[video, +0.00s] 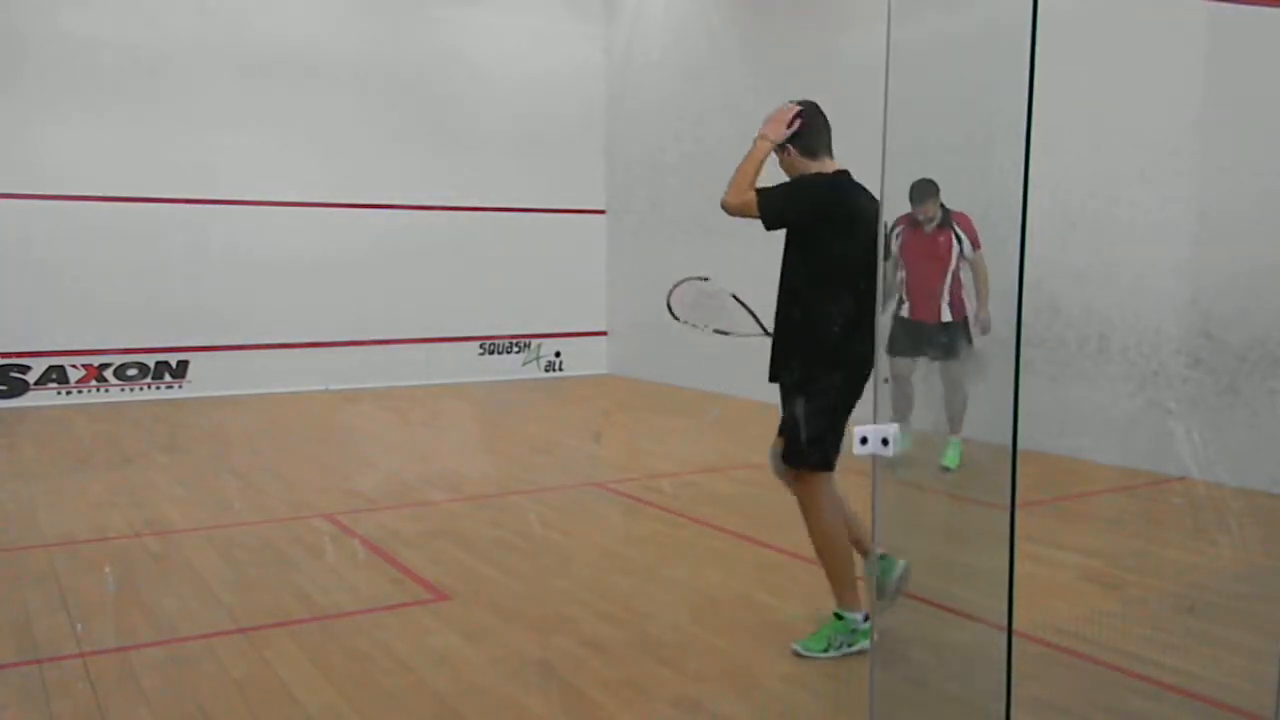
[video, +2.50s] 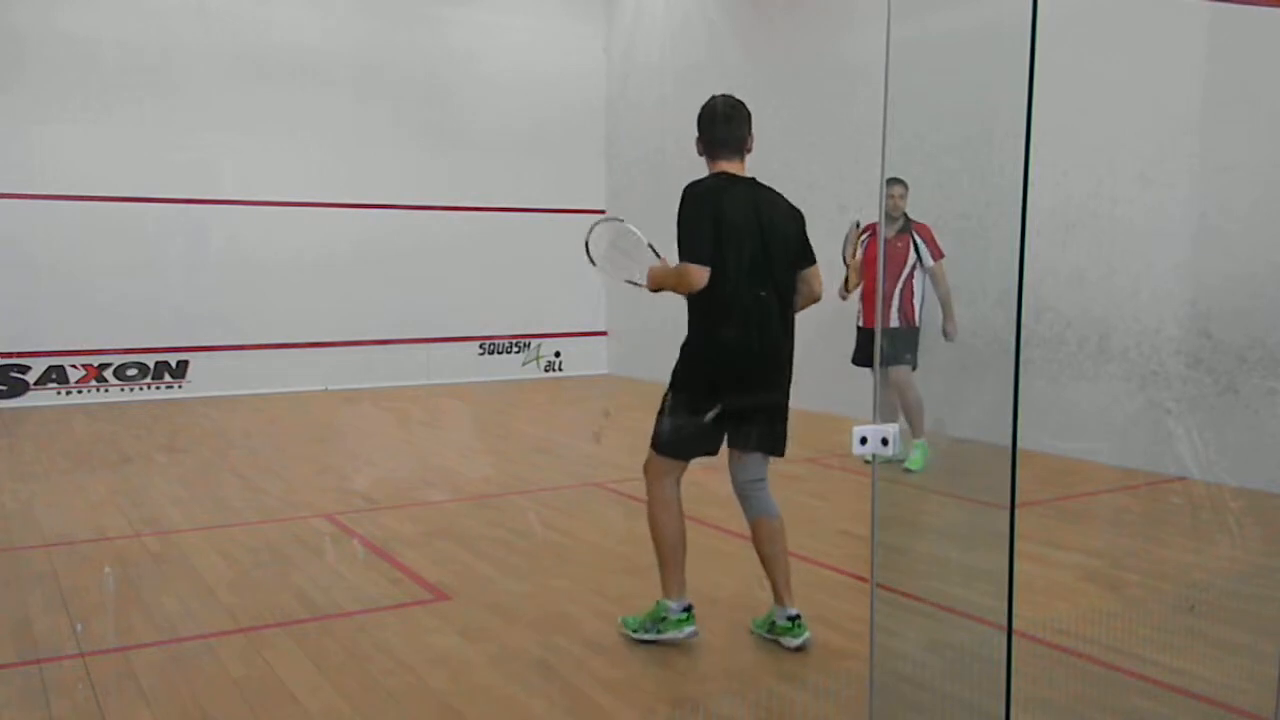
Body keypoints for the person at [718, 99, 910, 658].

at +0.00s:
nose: (780, 167)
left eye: (780, 156)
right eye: (779, 157)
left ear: (791, 149)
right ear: (826, 144)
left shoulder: (814, 196)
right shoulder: (860, 198)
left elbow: (736, 200)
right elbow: (859, 289)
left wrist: (763, 141)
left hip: (816, 364)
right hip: (845, 359)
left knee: (812, 481)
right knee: (790, 463)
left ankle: (853, 618)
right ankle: (877, 558)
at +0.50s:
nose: (671, 164)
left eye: (671, 156)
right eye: (682, 157)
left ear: (676, 159)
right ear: (722, 159)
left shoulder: (698, 208)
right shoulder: (740, 214)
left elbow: (712, 280)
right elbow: (773, 296)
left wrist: (651, 332)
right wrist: (722, 336)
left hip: (709, 377)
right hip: (723, 375)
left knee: (704, 498)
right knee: (671, 472)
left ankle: (810, 586)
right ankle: (695, 595)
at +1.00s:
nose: (598, 164)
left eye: (600, 156)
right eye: (605, 155)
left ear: (607, 161)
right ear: (649, 163)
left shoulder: (604, 218)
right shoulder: (677, 226)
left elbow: (597, 294)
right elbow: (701, 306)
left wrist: (552, 330)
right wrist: (649, 320)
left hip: (602, 370)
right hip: (655, 370)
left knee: (577, 483)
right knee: (647, 457)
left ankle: (590, 615)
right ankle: (684, 571)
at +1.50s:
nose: (631, 142)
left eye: (632, 135)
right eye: (648, 135)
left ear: (633, 141)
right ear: (679, 143)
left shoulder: (622, 196)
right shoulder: (706, 204)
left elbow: (615, 274)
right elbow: (737, 277)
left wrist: (583, 289)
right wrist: (689, 288)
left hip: (633, 352)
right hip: (687, 355)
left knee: (588, 453)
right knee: (673, 460)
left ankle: (610, 578)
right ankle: (697, 580)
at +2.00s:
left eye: (647, 134)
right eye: (688, 134)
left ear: (642, 141)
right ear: (692, 140)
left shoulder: (628, 198)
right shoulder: (723, 202)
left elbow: (620, 273)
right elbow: (757, 281)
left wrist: (598, 284)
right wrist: (715, 299)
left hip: (644, 356)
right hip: (703, 356)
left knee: (640, 480)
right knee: (709, 457)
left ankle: (645, 603)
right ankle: (712, 564)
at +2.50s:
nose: (699, 148)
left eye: (698, 142)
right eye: (744, 138)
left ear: (699, 145)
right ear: (751, 143)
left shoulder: (700, 197)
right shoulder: (783, 208)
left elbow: (696, 276)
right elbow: (811, 289)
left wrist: (661, 277)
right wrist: (760, 306)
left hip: (708, 366)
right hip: (768, 371)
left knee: (661, 471)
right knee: (752, 477)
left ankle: (674, 606)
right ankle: (787, 613)